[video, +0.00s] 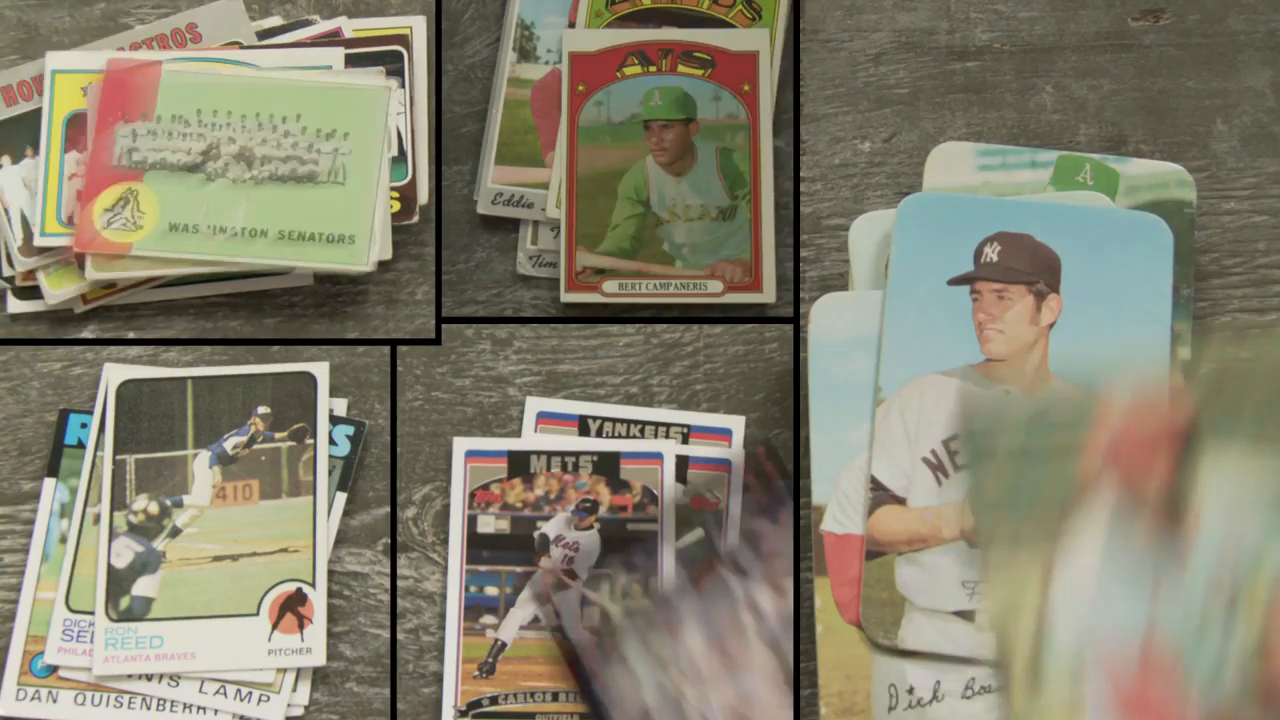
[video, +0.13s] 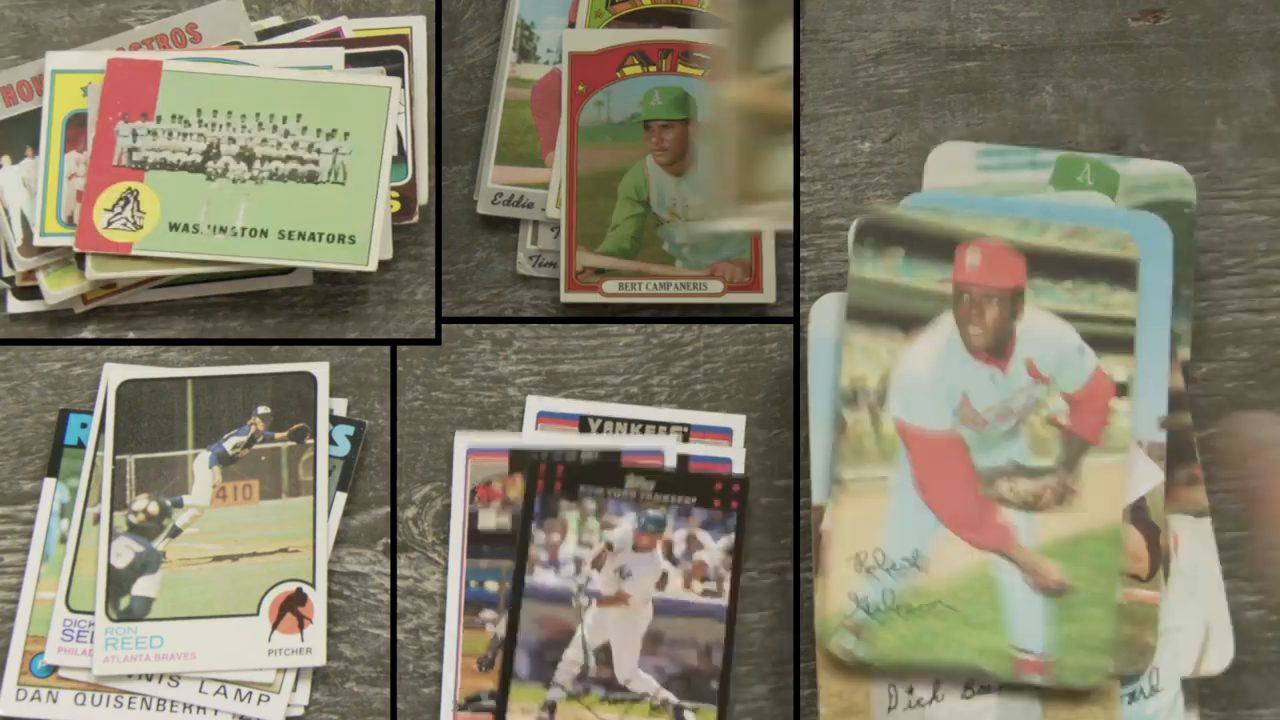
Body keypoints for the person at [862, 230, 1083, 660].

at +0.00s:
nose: (982, 313)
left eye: (1002, 298)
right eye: (977, 297)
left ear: (1049, 309)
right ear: (970, 302)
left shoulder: (1088, 417)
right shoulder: (921, 402)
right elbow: (868, 523)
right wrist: (964, 518)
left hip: (1052, 647)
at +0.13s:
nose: (974, 314)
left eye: (988, 302)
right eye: (964, 300)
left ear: (1016, 306)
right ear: (954, 300)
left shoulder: (1050, 338)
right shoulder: (923, 364)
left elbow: (1095, 393)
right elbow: (948, 484)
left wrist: (1066, 468)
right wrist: (1020, 557)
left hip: (1005, 449)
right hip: (933, 449)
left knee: (1020, 555)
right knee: (905, 554)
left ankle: (1032, 665)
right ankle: (857, 626)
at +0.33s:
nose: (973, 313)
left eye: (989, 301)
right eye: (964, 297)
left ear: (1017, 305)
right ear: (953, 297)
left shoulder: (1050, 336)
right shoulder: (921, 364)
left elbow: (1093, 392)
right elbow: (941, 473)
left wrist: (1066, 462)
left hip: (1008, 454)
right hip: (931, 457)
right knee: (895, 554)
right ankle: (850, 624)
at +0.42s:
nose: (1054, 239)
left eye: (1075, 220)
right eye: (1036, 221)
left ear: (1111, 232)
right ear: (1018, 235)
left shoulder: (1175, 309)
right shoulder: (989, 323)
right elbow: (975, 477)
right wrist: (987, 591)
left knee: (1225, 660)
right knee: (995, 653)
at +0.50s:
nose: (984, 291)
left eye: (1000, 276)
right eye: (969, 279)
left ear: (1031, 288)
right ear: (954, 294)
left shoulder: (1082, 349)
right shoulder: (932, 365)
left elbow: (1127, 468)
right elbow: (925, 485)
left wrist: (1159, 583)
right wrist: (937, 585)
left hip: (1090, 500)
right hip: (997, 502)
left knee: (1165, 631)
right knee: (942, 642)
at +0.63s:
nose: (984, 291)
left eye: (1000, 276)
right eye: (969, 279)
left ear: (1032, 288)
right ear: (954, 294)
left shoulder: (1083, 349)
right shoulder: (931, 366)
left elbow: (1127, 467)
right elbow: (925, 484)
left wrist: (1159, 583)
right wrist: (937, 584)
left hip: (1090, 499)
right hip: (997, 502)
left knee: (1164, 631)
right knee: (944, 642)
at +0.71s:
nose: (1179, 270)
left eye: (1190, 249)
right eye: (1161, 249)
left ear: (1202, 252)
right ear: (1121, 245)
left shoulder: (1148, 305)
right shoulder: (1087, 342)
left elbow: (1163, 376)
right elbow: (1130, 501)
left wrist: (1190, 426)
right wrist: (1197, 560)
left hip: (1104, 503)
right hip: (1030, 518)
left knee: (1162, 636)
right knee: (1029, 671)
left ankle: (1190, 711)